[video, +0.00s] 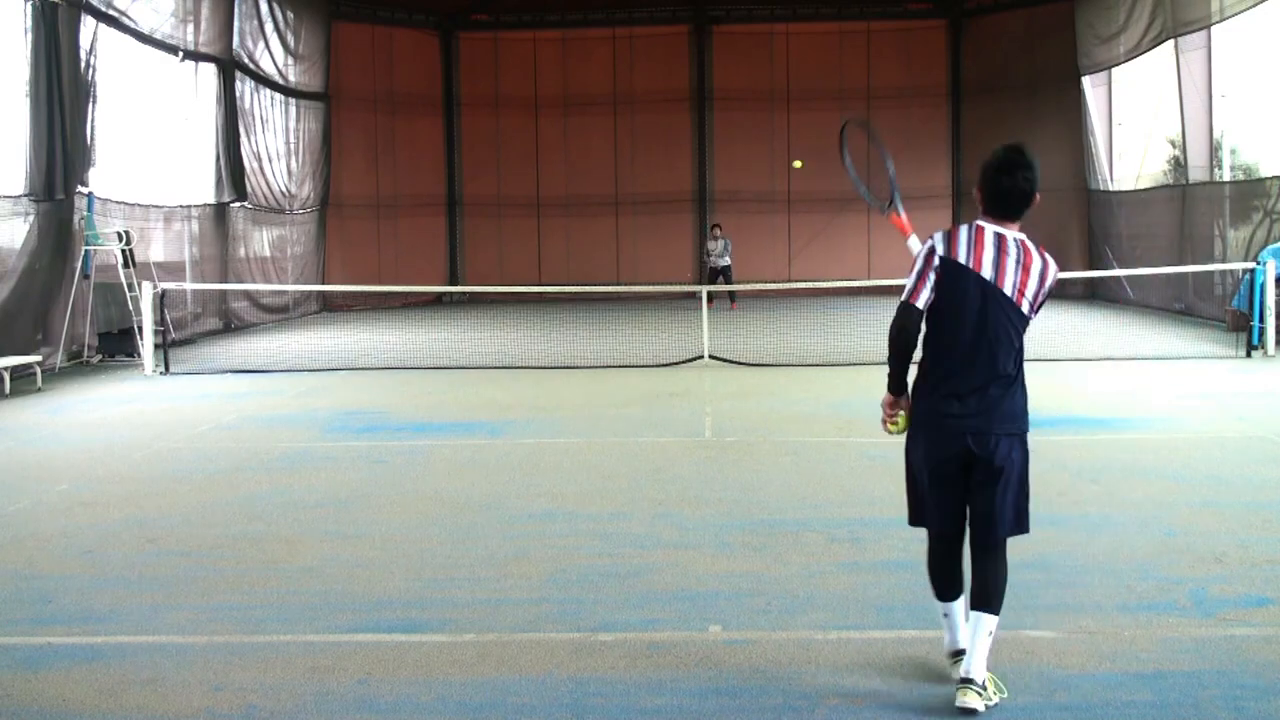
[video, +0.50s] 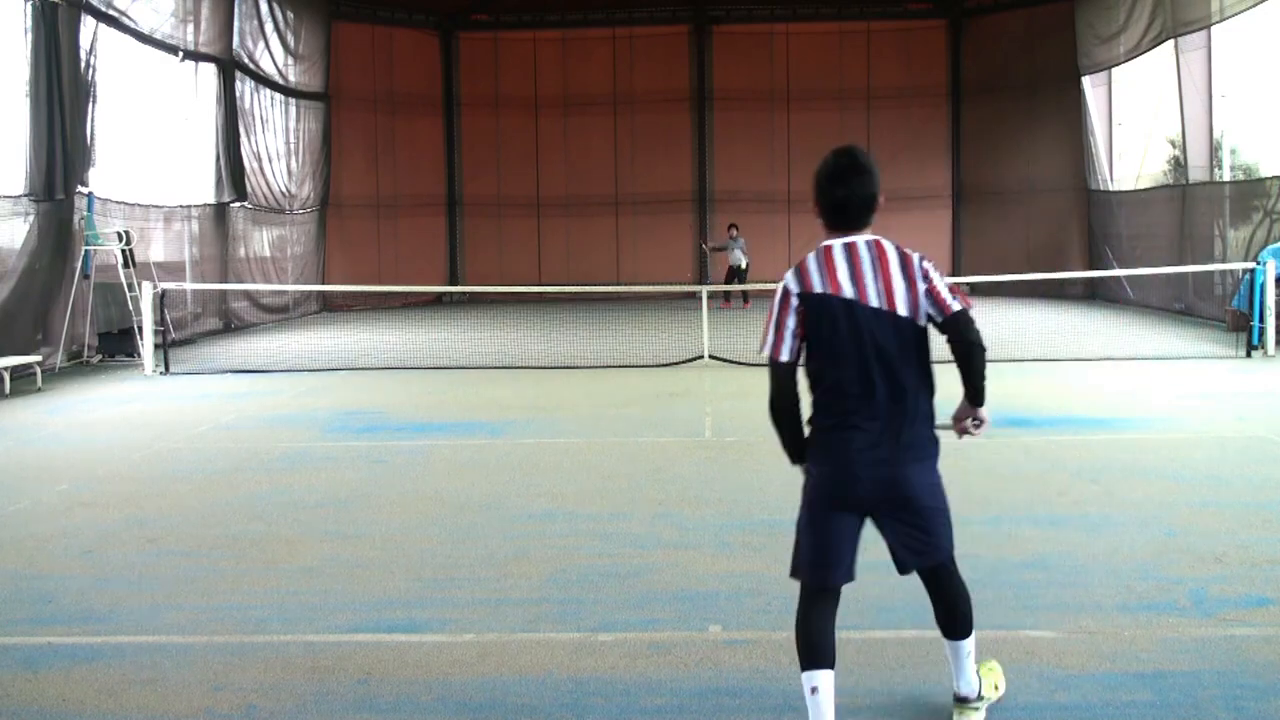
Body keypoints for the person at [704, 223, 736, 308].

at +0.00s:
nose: (716, 232)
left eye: (718, 230)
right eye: (714, 230)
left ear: (720, 231)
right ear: (712, 232)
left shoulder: (726, 242)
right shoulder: (708, 243)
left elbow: (726, 253)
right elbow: (705, 255)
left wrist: (716, 256)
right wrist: (710, 261)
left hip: (724, 265)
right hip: (713, 266)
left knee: (729, 283)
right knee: (710, 284)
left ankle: (733, 302)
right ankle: (710, 302)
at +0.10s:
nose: (718, 232)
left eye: (720, 230)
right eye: (716, 230)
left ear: (722, 232)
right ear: (713, 232)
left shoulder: (726, 242)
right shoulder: (710, 242)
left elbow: (725, 252)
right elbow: (708, 253)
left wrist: (714, 249)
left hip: (726, 265)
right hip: (715, 266)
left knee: (730, 284)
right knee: (710, 284)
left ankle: (737, 301)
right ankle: (710, 302)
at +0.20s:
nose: (721, 234)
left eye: (723, 232)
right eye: (720, 232)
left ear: (726, 234)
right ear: (717, 234)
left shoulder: (728, 242)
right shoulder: (713, 243)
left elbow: (725, 250)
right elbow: (710, 256)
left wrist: (714, 246)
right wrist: (708, 251)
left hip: (727, 266)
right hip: (716, 267)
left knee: (731, 284)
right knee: (710, 285)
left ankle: (743, 300)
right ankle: (710, 302)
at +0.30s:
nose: (725, 236)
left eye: (727, 234)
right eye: (724, 234)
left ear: (730, 235)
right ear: (722, 235)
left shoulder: (733, 244)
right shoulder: (721, 245)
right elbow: (715, 252)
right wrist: (708, 252)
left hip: (732, 268)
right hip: (721, 268)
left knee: (736, 286)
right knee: (713, 286)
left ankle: (745, 302)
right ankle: (710, 302)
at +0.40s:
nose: (730, 235)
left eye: (731, 232)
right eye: (728, 233)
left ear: (734, 234)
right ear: (726, 234)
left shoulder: (737, 242)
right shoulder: (725, 245)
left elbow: (734, 248)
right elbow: (718, 250)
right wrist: (709, 251)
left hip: (737, 267)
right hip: (727, 267)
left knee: (740, 285)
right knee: (720, 285)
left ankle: (745, 302)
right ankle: (714, 301)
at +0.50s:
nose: (732, 233)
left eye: (733, 231)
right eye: (730, 231)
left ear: (737, 232)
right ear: (728, 232)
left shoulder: (740, 241)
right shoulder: (729, 242)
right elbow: (722, 248)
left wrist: (715, 245)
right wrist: (711, 249)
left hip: (742, 264)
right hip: (732, 265)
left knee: (742, 284)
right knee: (727, 283)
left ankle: (746, 302)